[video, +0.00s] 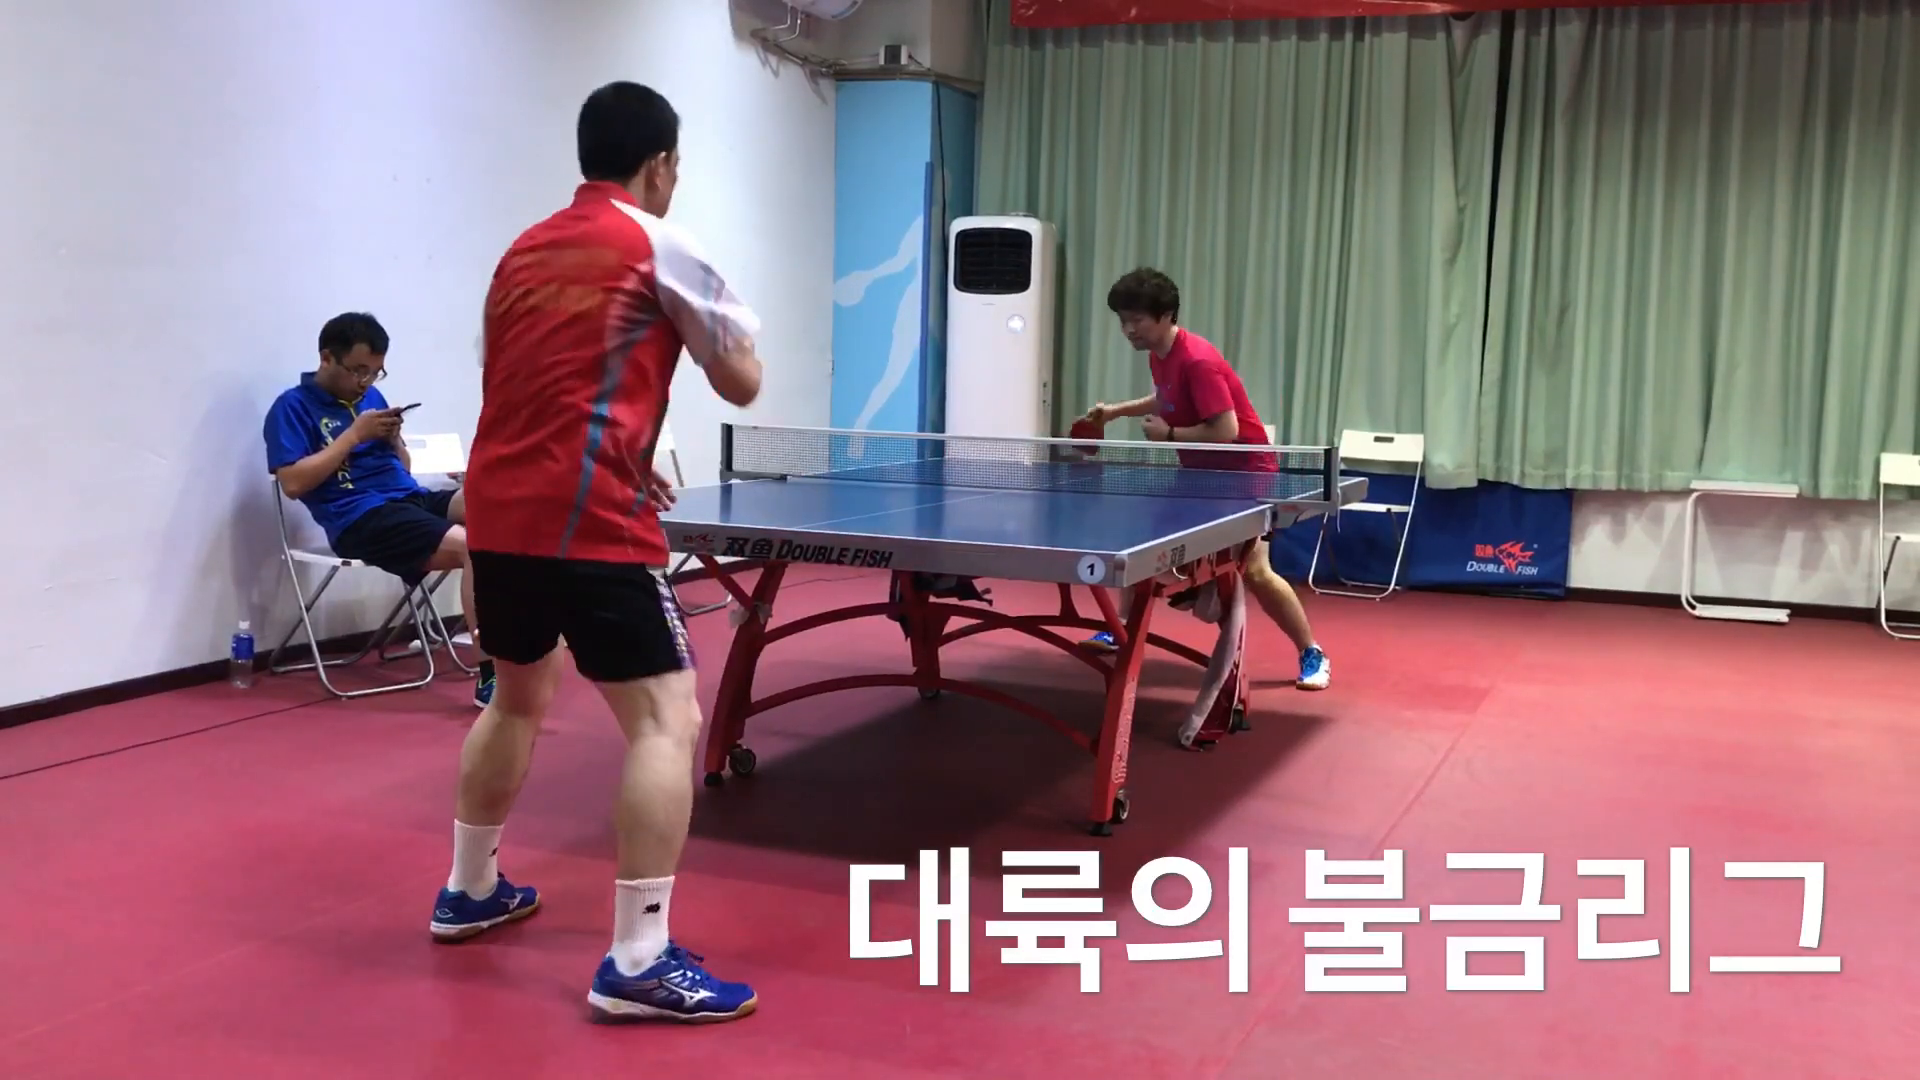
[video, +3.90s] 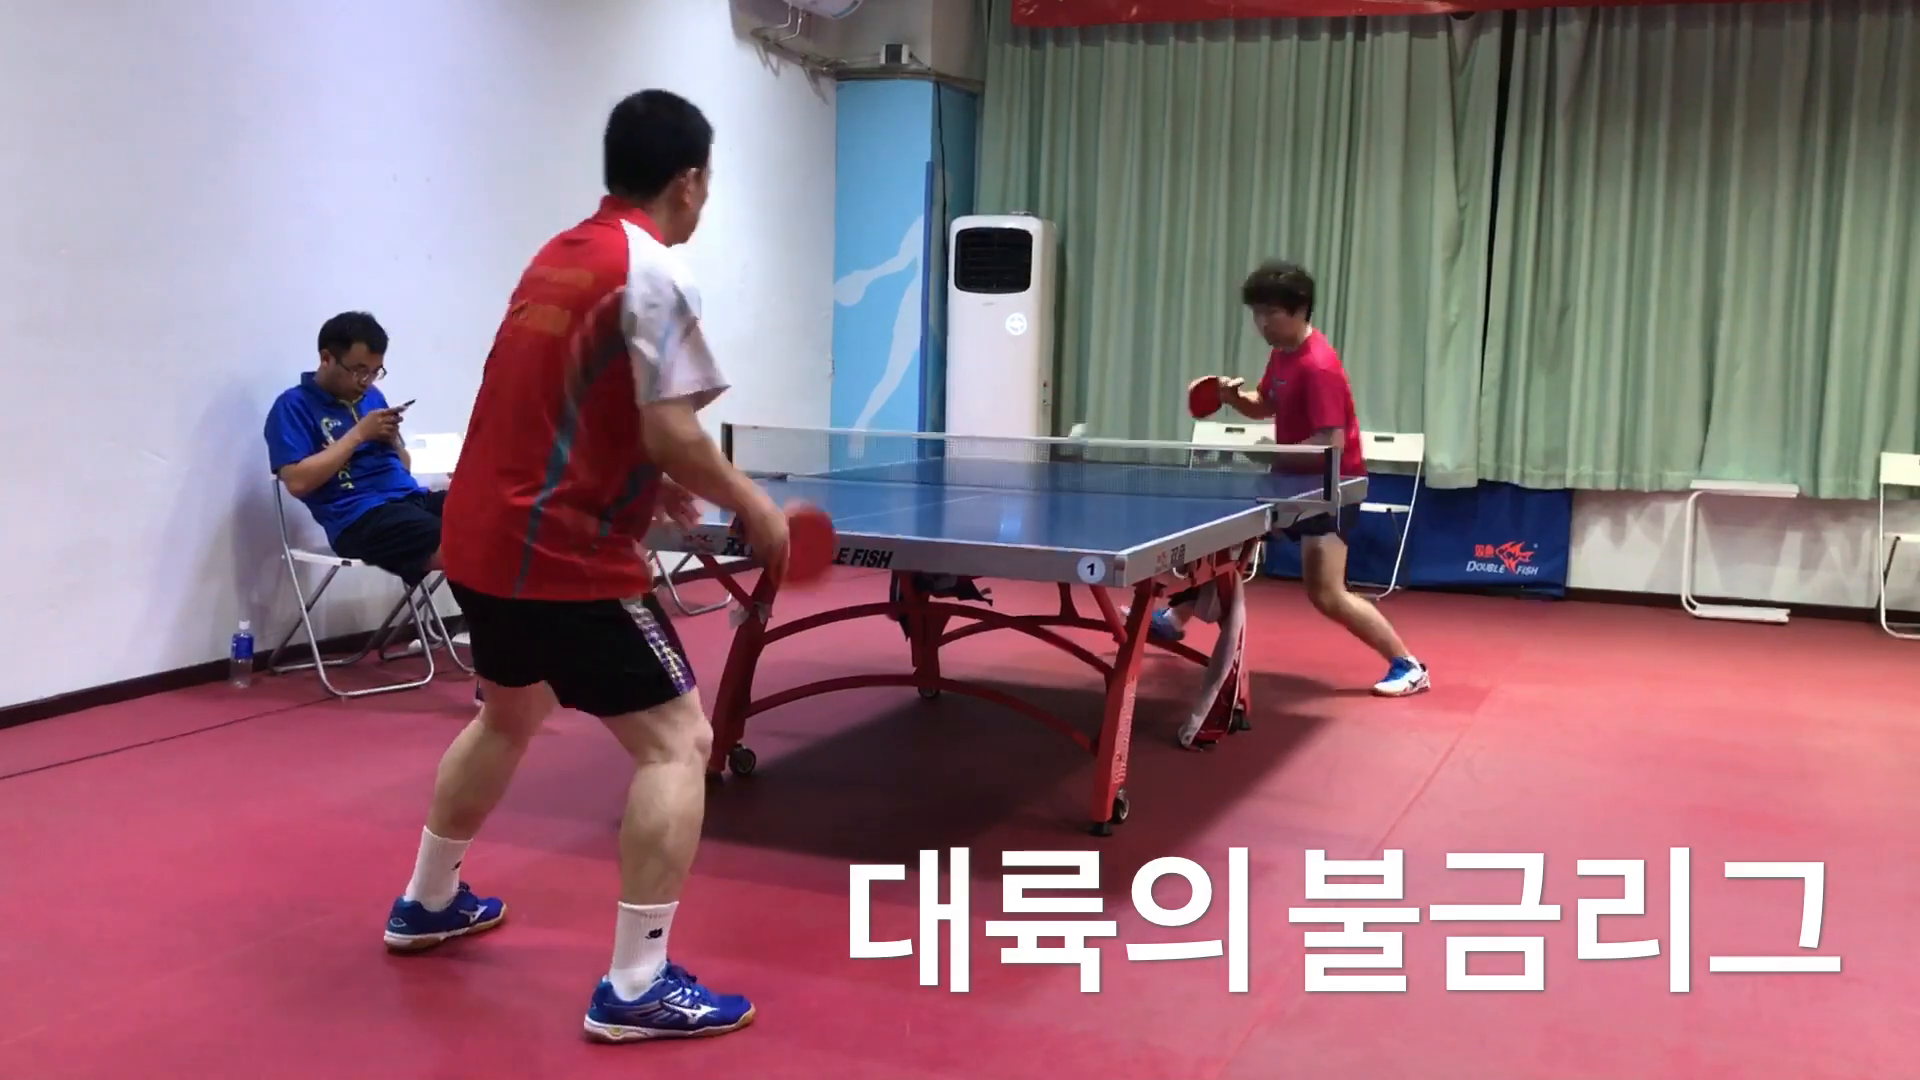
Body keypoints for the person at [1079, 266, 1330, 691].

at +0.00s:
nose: (1128, 330)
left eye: (1136, 321)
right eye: (1123, 321)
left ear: (1166, 316)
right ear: (1120, 321)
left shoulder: (1196, 361)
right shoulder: (1158, 356)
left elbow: (1226, 430)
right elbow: (1169, 402)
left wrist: (1171, 434)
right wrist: (1115, 410)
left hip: (1247, 473)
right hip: (1199, 472)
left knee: (1256, 572)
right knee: (1139, 539)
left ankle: (1311, 652)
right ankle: (1128, 631)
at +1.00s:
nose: (1144, 326)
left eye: (1151, 318)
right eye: (1141, 318)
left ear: (1180, 314)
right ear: (1141, 317)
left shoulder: (1222, 359)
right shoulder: (1163, 355)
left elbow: (1247, 429)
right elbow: (1130, 392)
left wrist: (1187, 431)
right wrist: (1082, 376)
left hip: (1256, 473)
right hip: (1206, 472)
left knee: (1266, 570)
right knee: (1153, 544)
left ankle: (1312, 650)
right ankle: (1126, 632)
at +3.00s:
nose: (1165, 312)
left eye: (1174, 302)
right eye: (1160, 303)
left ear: (1203, 300)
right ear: (1158, 304)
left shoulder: (1249, 347)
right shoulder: (1161, 351)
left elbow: (1276, 412)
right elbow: (1123, 409)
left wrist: (1215, 422)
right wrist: (1101, 393)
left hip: (1259, 474)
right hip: (1202, 473)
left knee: (1279, 557)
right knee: (1150, 541)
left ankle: (1318, 650)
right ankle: (1125, 633)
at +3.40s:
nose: (1138, 312)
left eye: (1146, 302)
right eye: (1131, 304)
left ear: (1173, 300)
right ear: (1129, 306)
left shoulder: (1207, 344)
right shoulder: (1148, 350)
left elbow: (1241, 411)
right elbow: (1143, 407)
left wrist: (1182, 421)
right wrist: (1095, 422)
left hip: (1246, 463)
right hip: (1193, 464)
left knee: (1266, 558)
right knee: (1146, 539)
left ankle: (1317, 648)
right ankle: (1124, 632)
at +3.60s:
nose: (1168, 331)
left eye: (1171, 321)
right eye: (1164, 323)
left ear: (1197, 312)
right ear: (1198, 310)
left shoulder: (1220, 353)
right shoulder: (1227, 333)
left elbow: (1248, 423)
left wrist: (1201, 435)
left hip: (1248, 476)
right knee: (1278, 578)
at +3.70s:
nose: (1214, 329)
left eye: (1217, 318)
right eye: (1210, 320)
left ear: (1242, 307)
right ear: (1247, 306)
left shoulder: (1259, 353)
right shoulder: (1280, 331)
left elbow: (1277, 424)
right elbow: (1277, 374)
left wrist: (1233, 437)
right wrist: (1234, 370)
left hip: (1276, 479)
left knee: (1308, 586)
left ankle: (1397, 657)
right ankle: (1397, 655)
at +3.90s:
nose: (1260, 323)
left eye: (1267, 313)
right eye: (1256, 314)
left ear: (1294, 310)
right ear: (1263, 313)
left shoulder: (1319, 365)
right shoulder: (1284, 351)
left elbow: (1331, 443)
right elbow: (1262, 407)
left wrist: (1269, 449)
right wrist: (1232, 395)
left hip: (1329, 484)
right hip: (1288, 476)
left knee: (1326, 592)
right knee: (1224, 539)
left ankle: (1407, 665)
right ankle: (1174, 619)